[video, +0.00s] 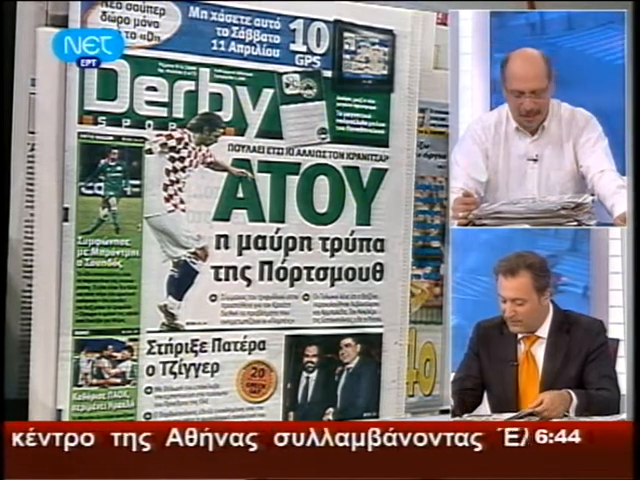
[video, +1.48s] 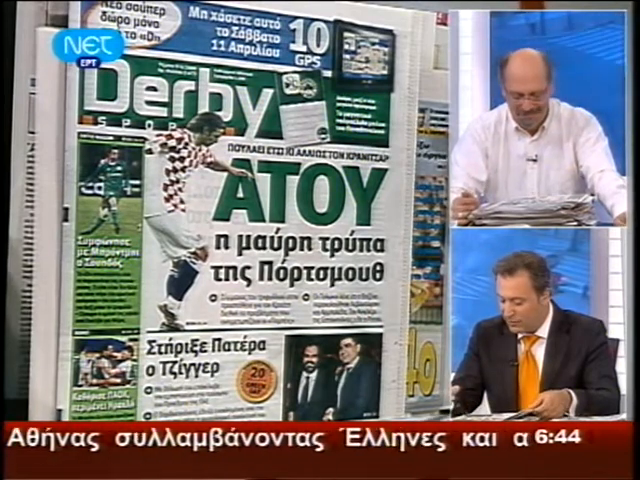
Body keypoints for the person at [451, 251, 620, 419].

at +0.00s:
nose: (508, 312)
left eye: (519, 303)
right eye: (503, 301)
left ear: (546, 296)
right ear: (498, 296)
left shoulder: (588, 333)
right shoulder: (486, 334)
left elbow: (610, 402)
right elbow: (462, 401)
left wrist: (569, 400)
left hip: (569, 452)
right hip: (504, 451)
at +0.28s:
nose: (508, 312)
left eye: (518, 303)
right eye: (503, 302)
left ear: (545, 297)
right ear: (498, 297)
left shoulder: (588, 333)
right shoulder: (486, 334)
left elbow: (610, 402)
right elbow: (462, 400)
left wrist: (569, 400)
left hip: (569, 452)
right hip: (505, 451)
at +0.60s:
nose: (507, 313)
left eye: (518, 303)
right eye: (502, 302)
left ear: (545, 297)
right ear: (497, 297)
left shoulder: (588, 333)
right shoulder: (486, 334)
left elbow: (610, 402)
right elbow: (462, 401)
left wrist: (569, 400)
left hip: (569, 452)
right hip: (505, 451)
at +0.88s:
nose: (508, 312)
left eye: (518, 303)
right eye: (502, 302)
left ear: (545, 297)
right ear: (497, 297)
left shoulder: (588, 332)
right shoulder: (486, 334)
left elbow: (610, 402)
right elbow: (463, 401)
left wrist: (569, 400)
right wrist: (450, 397)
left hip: (569, 452)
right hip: (505, 450)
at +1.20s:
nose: (508, 311)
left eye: (517, 302)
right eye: (503, 301)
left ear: (545, 297)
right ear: (497, 296)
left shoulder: (588, 332)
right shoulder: (486, 334)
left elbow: (610, 402)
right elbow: (464, 401)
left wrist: (569, 400)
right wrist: (451, 397)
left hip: (569, 452)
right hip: (504, 450)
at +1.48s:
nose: (507, 312)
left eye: (517, 302)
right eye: (502, 301)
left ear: (545, 297)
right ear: (498, 296)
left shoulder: (588, 332)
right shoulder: (486, 334)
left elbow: (610, 402)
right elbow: (463, 402)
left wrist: (569, 400)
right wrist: (451, 396)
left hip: (569, 452)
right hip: (505, 451)